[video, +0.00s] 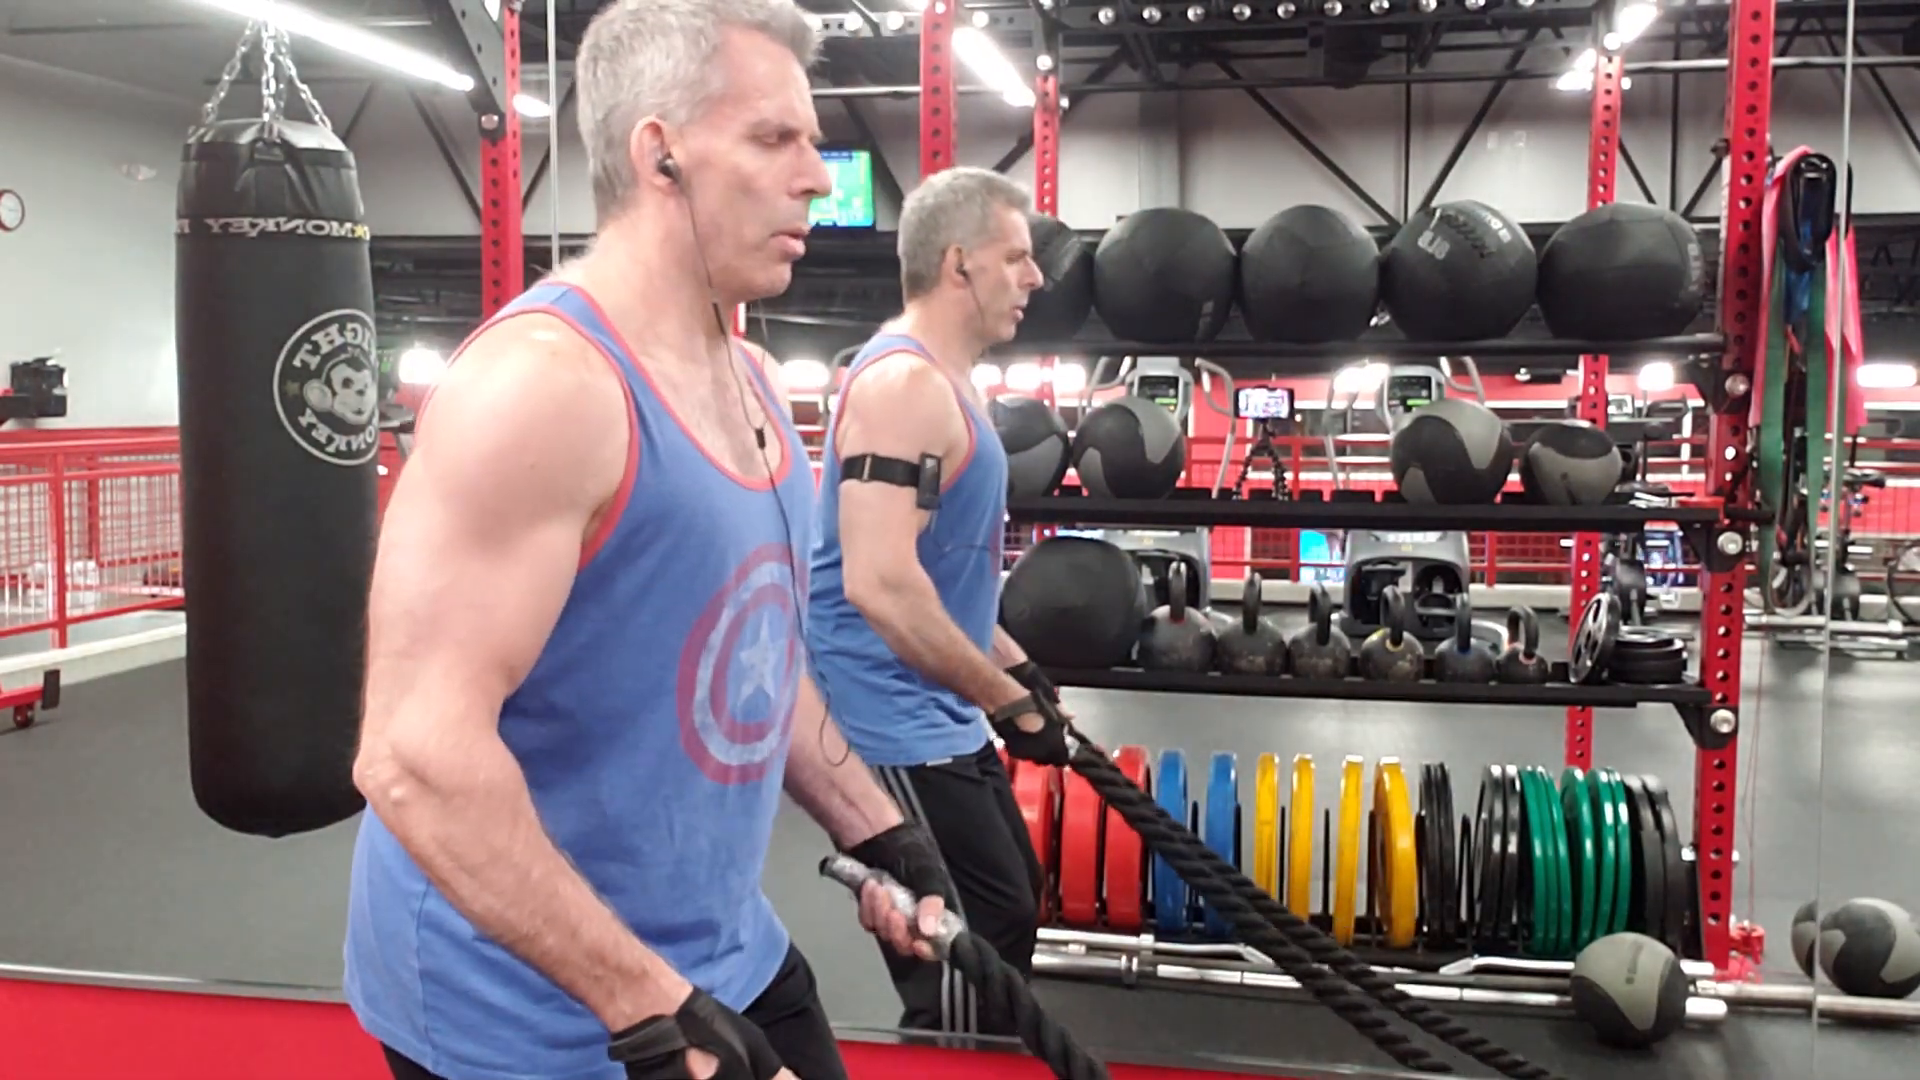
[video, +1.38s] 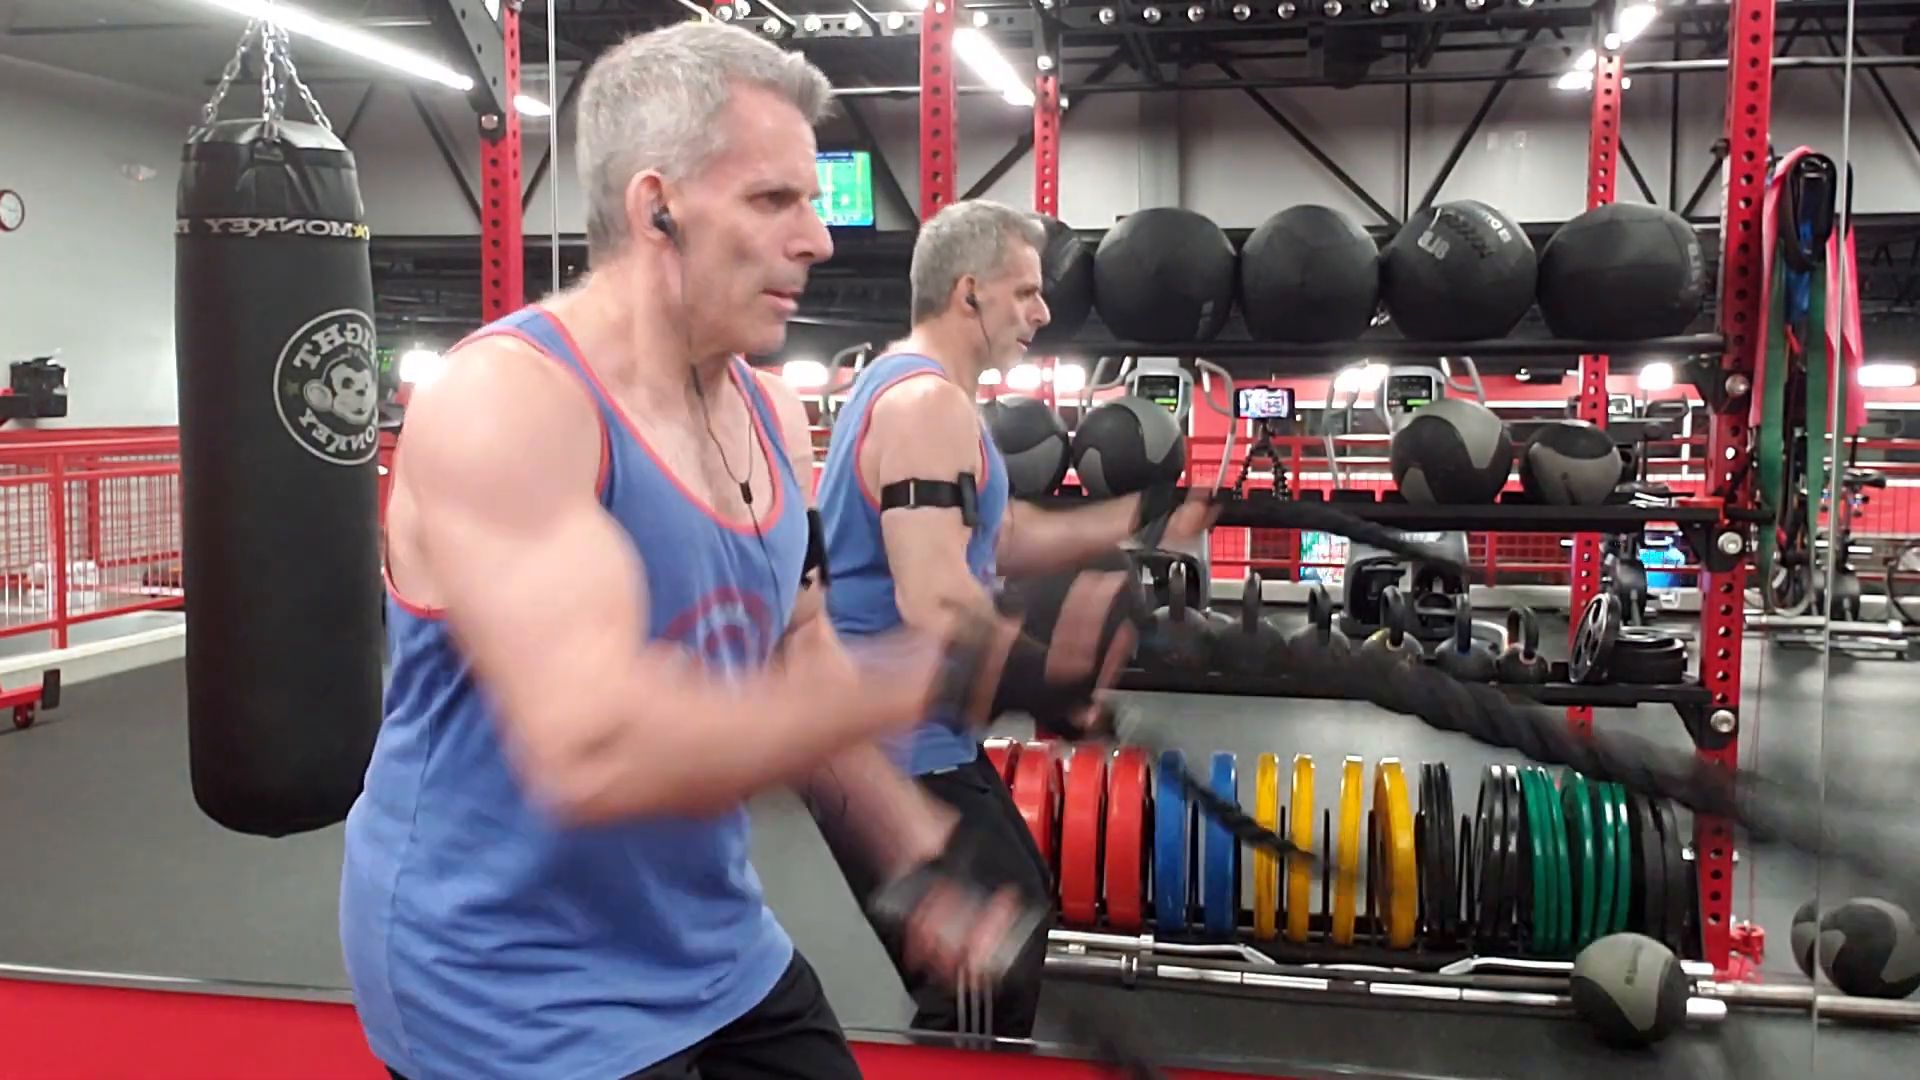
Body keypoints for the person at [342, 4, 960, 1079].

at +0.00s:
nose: (817, 180)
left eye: (811, 144)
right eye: (776, 139)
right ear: (657, 151)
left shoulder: (744, 375)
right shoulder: (536, 384)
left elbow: (755, 656)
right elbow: (417, 754)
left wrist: (884, 843)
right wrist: (647, 1005)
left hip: (731, 952)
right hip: (529, 1012)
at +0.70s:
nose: (839, 189)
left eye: (835, 153)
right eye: (797, 149)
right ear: (682, 165)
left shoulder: (751, 393)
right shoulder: (553, 383)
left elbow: (739, 686)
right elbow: (432, 754)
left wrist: (870, 865)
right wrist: (674, 1017)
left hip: (733, 959)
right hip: (533, 1017)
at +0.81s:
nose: (819, 189)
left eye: (817, 155)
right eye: (781, 149)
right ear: (666, 158)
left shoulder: (746, 388)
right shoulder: (533, 367)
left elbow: (730, 696)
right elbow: (533, 723)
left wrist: (827, 891)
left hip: (722, 947)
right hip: (541, 986)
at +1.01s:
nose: (815, 206)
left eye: (812, 168)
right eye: (775, 164)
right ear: (658, 175)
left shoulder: (741, 388)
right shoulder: (516, 383)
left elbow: (752, 673)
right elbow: (581, 740)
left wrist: (857, 855)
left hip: (697, 924)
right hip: (516, 967)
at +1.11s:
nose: (818, 209)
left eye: (814, 172)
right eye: (779, 169)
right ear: (663, 176)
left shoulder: (729, 374)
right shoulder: (529, 396)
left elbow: (784, 611)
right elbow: (506, 788)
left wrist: (969, 687)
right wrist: (733, 1026)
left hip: (695, 913)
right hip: (514, 979)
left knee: (793, 1049)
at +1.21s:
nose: (817, 216)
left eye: (812, 180)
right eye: (779, 178)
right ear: (658, 185)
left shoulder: (742, 386)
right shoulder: (523, 389)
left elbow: (811, 624)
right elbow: (524, 762)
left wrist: (1017, 625)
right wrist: (784, 913)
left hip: (705, 961)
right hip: (519, 1004)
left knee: (815, 1065)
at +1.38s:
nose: (817, 239)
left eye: (812, 201)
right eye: (776, 200)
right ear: (656, 207)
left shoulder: (765, 404)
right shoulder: (493, 404)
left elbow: (803, 660)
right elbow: (588, 751)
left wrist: (922, 862)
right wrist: (878, 688)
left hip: (708, 922)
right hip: (510, 965)